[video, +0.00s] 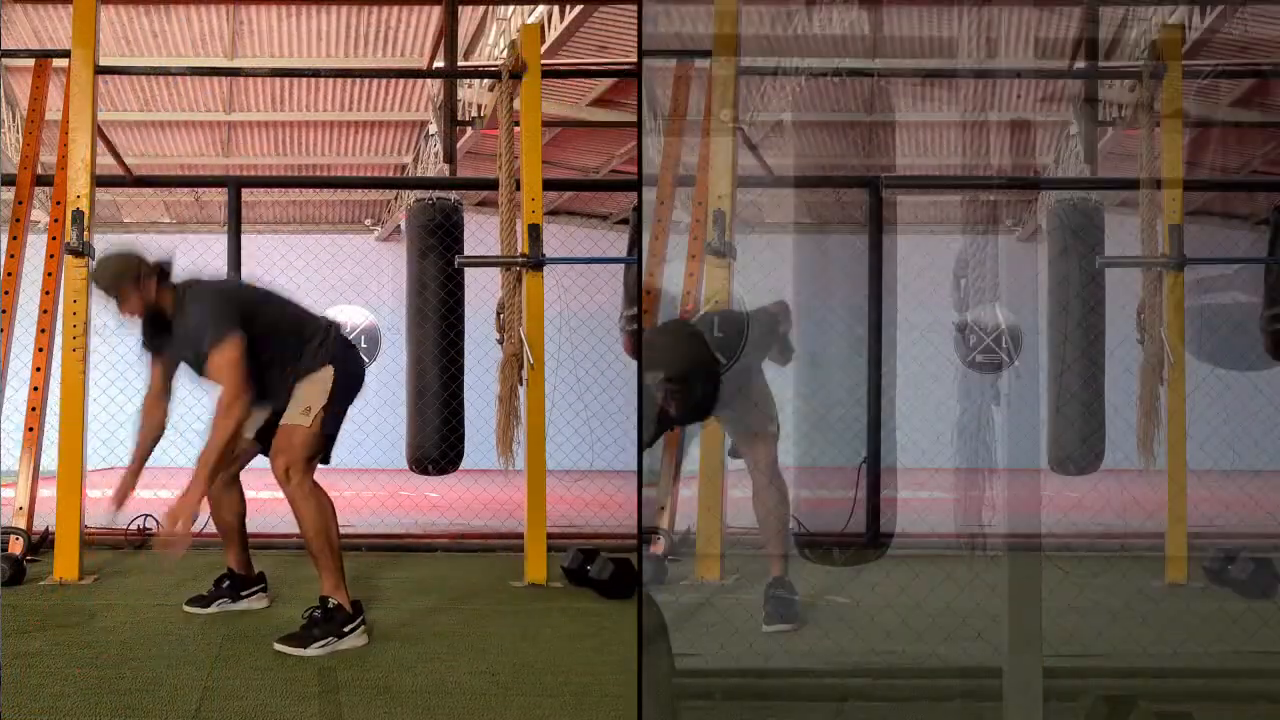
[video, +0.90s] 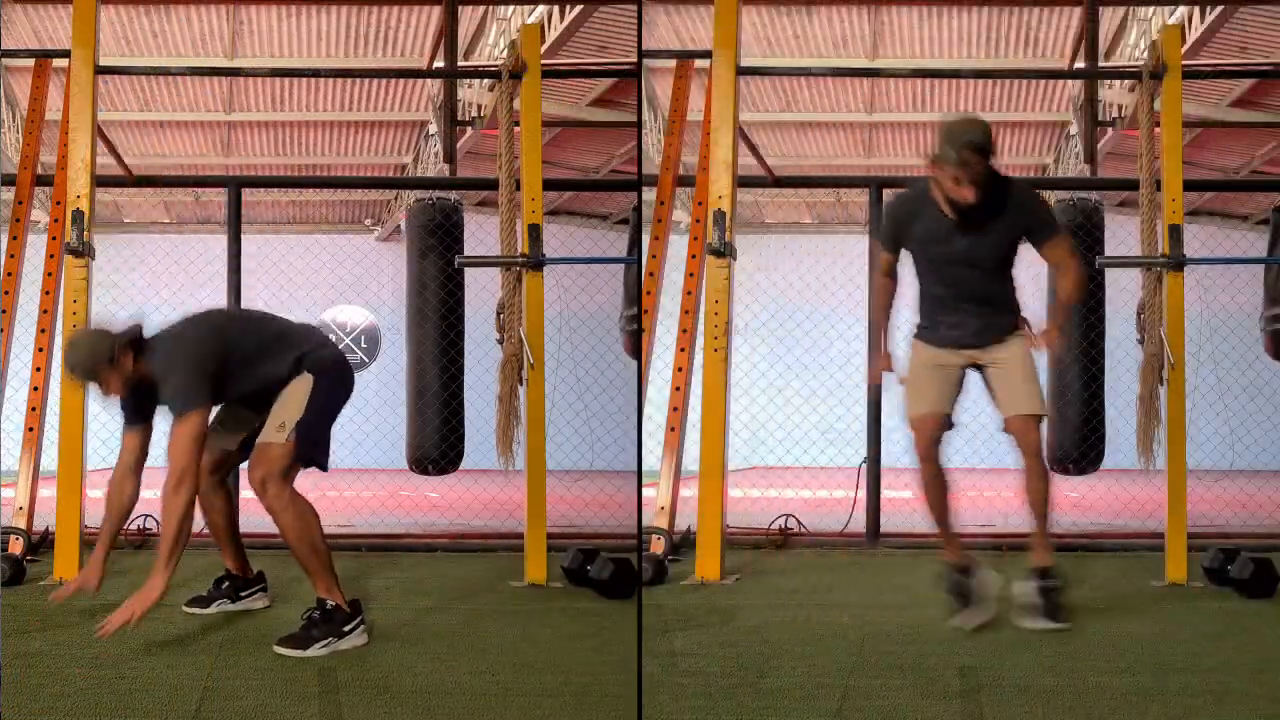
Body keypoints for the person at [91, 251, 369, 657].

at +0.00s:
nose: (123, 308)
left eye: (124, 295)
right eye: (116, 299)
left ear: (149, 278)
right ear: (139, 287)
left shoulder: (205, 306)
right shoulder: (160, 325)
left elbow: (236, 397)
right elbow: (156, 401)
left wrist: (194, 493)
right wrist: (134, 470)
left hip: (325, 361)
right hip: (274, 379)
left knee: (291, 466)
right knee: (219, 470)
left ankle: (340, 607)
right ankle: (242, 577)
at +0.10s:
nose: (132, 225)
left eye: (134, 212)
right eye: (126, 216)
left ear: (161, 196)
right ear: (140, 208)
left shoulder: (222, 231)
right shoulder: (178, 249)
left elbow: (278, 312)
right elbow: (195, 323)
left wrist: (249, 396)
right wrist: (174, 394)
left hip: (311, 345)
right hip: (260, 352)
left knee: (291, 465)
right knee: (220, 461)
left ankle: (341, 606)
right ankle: (243, 576)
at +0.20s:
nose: (147, 174)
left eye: (150, 160)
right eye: (140, 165)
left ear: (182, 142)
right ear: (146, 161)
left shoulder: (242, 179)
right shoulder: (192, 205)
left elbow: (307, 255)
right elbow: (223, 271)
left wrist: (280, 335)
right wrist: (208, 338)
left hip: (294, 340)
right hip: (247, 346)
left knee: (292, 461)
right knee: (226, 456)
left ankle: (341, 605)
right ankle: (244, 575)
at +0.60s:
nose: (138, 174)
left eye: (142, 158)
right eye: (130, 164)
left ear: (174, 140)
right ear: (131, 163)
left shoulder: (233, 179)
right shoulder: (187, 209)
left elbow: (281, 264)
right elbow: (210, 289)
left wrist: (248, 347)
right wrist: (181, 362)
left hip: (290, 331)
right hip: (246, 338)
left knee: (291, 460)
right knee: (226, 458)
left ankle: (340, 605)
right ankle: (244, 576)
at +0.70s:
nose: (116, 227)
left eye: (118, 213)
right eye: (111, 218)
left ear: (148, 197)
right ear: (130, 210)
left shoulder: (209, 231)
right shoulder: (165, 252)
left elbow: (249, 324)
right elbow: (176, 341)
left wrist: (221, 419)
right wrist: (155, 420)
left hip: (308, 344)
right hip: (262, 353)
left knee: (288, 464)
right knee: (216, 455)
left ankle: (339, 605)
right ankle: (242, 576)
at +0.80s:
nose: (106, 309)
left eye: (106, 296)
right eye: (100, 300)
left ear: (133, 279)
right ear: (127, 286)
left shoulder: (199, 303)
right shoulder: (151, 323)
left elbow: (214, 403)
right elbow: (150, 406)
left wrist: (189, 515)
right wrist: (126, 495)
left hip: (313, 362)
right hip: (261, 373)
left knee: (278, 471)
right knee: (204, 464)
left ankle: (339, 605)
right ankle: (241, 576)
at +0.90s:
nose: (105, 390)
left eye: (102, 379)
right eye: (97, 384)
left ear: (123, 357)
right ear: (119, 360)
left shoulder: (182, 361)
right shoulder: (138, 380)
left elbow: (181, 481)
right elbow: (127, 472)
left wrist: (158, 580)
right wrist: (96, 561)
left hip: (315, 366)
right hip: (263, 380)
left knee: (267, 477)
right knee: (208, 467)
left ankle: (338, 607)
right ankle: (242, 578)